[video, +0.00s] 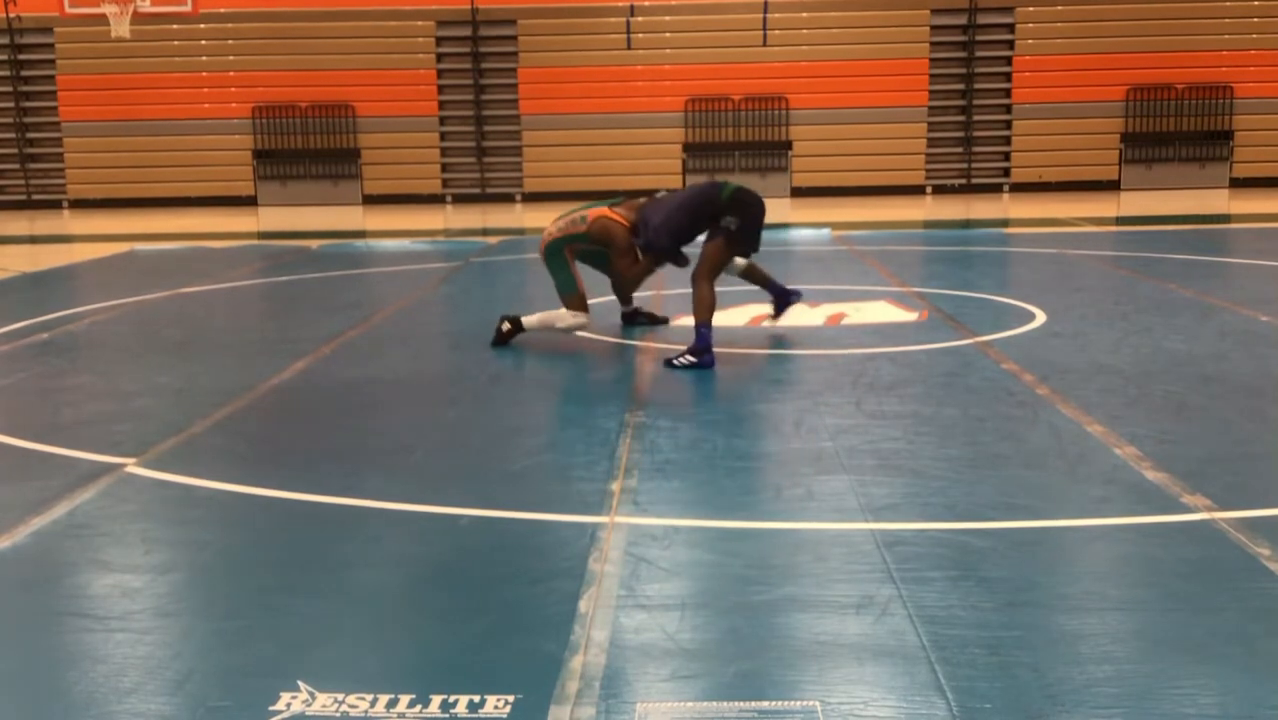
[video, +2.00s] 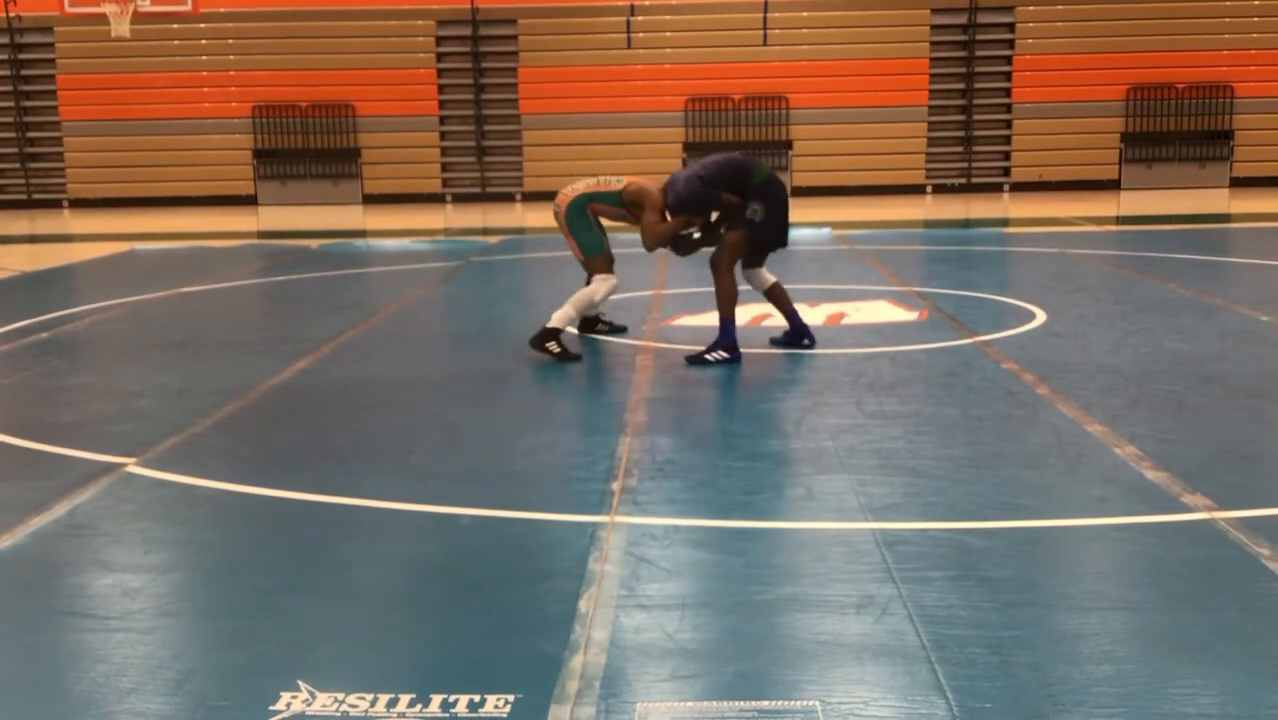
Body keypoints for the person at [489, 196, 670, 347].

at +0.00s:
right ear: (647, 229)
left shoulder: (634, 210)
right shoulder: (618, 232)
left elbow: (629, 272)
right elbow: (626, 283)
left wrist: (662, 254)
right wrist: (657, 259)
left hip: (574, 238)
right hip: (555, 245)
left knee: (620, 267)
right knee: (578, 318)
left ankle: (630, 313)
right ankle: (515, 324)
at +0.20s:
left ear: (636, 211)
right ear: (635, 218)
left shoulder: (621, 212)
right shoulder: (612, 219)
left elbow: (624, 266)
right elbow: (611, 271)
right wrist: (640, 247)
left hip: (566, 223)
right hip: (547, 225)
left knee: (612, 258)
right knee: (565, 299)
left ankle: (604, 302)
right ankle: (503, 324)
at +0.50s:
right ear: (640, 214)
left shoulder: (623, 204)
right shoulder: (611, 198)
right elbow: (598, 241)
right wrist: (633, 225)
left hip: (574, 215)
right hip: (551, 209)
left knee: (608, 264)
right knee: (554, 284)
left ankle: (599, 310)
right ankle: (490, 315)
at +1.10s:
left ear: (640, 192)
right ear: (643, 200)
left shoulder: (625, 200)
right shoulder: (619, 196)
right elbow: (615, 232)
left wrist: (670, 233)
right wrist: (650, 217)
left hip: (559, 213)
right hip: (541, 211)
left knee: (591, 258)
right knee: (562, 288)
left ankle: (589, 319)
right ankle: (494, 328)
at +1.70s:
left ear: (660, 178)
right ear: (665, 183)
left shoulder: (641, 185)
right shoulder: (641, 181)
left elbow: (633, 219)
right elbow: (632, 218)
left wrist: (666, 212)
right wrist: (669, 206)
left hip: (583, 197)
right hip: (566, 193)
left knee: (602, 257)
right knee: (578, 268)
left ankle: (590, 319)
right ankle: (512, 314)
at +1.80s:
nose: (684, 208)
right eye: (686, 201)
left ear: (669, 179)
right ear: (677, 192)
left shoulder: (655, 190)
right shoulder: (649, 185)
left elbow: (670, 247)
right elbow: (642, 226)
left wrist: (697, 236)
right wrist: (679, 210)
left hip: (583, 198)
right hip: (569, 196)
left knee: (603, 260)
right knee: (593, 268)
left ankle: (590, 319)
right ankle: (543, 326)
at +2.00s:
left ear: (671, 190)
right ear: (678, 197)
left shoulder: (655, 200)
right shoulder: (651, 197)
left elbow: (679, 247)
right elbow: (651, 241)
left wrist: (704, 236)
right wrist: (685, 221)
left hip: (580, 206)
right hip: (573, 208)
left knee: (603, 266)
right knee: (605, 281)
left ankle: (589, 320)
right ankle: (548, 335)